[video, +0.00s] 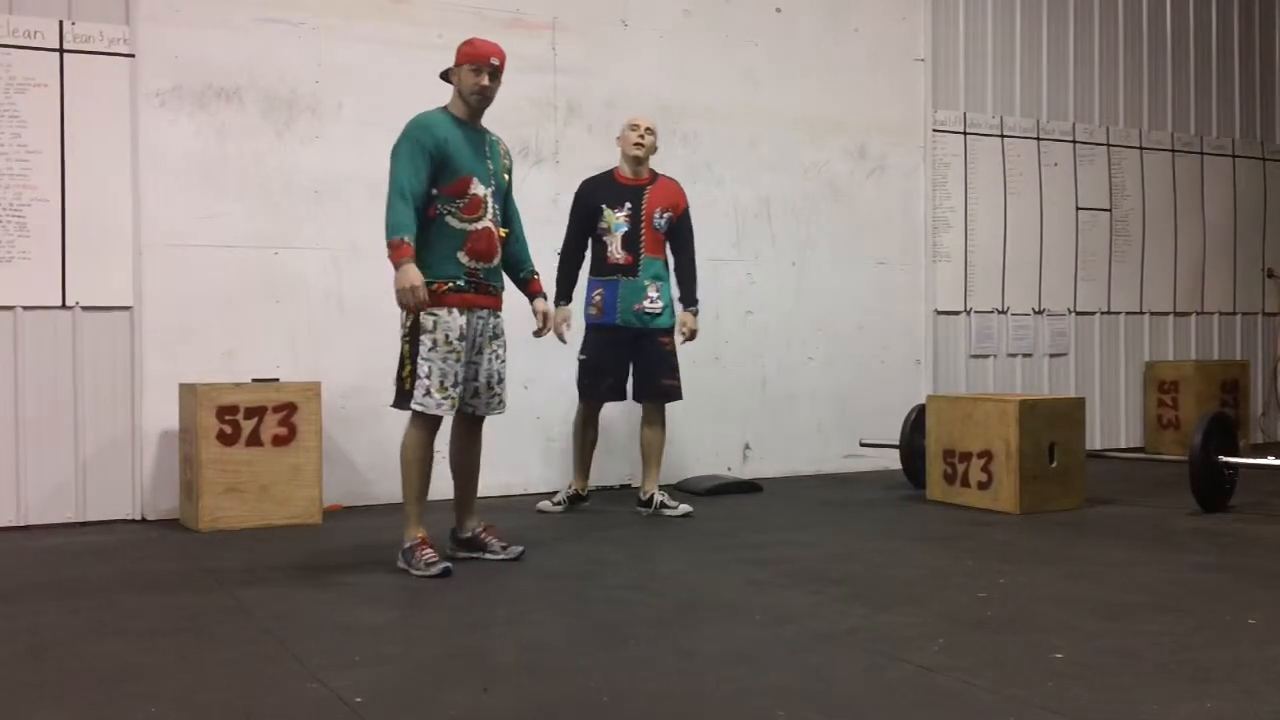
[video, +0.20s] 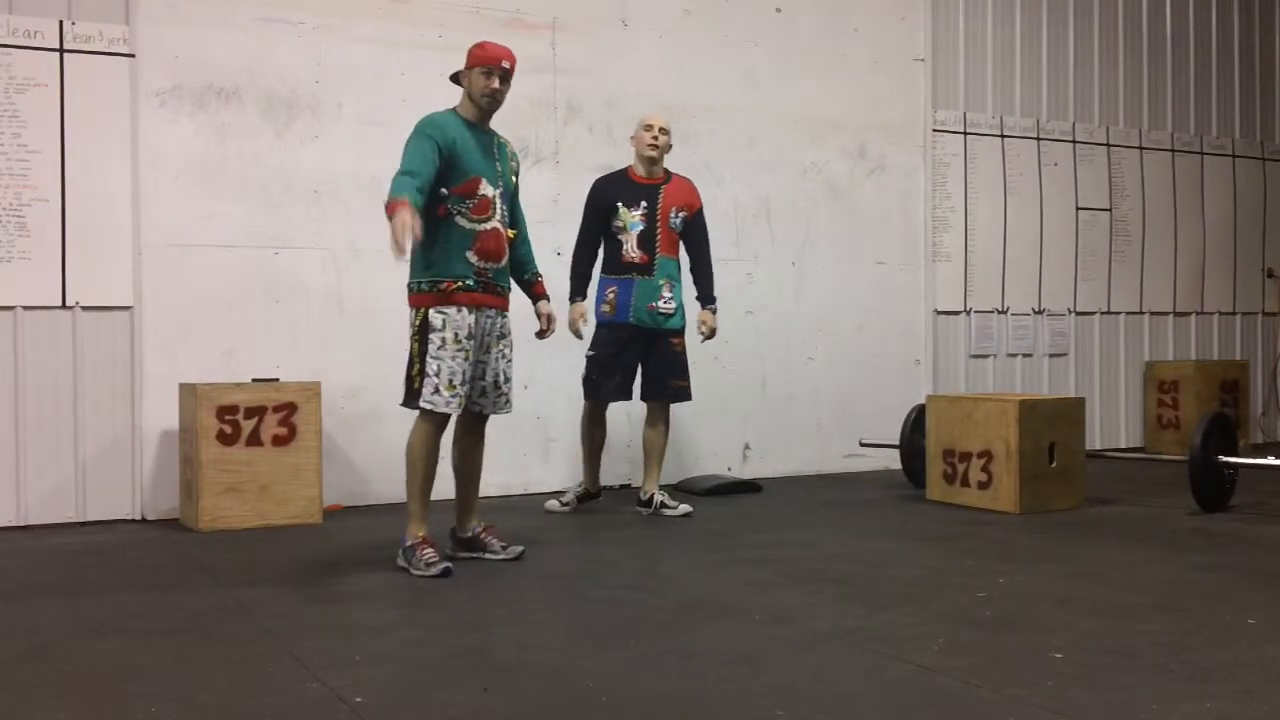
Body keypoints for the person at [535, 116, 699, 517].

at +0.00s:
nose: (642, 135)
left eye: (649, 132)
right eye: (635, 130)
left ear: (656, 147)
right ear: (619, 141)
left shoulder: (671, 192)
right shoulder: (592, 189)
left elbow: (684, 253)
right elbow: (572, 248)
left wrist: (689, 307)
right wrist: (562, 302)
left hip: (656, 319)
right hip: (605, 319)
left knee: (654, 405)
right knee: (589, 404)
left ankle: (650, 491)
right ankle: (578, 486)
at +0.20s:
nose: (656, 136)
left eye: (662, 132)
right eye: (649, 130)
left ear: (670, 145)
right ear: (634, 140)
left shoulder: (684, 191)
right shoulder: (606, 188)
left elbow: (698, 251)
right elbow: (585, 246)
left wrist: (707, 305)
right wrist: (577, 298)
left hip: (665, 317)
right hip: (614, 315)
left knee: (659, 404)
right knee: (595, 400)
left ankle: (649, 491)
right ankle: (589, 485)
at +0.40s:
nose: (664, 140)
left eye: (672, 136)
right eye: (658, 133)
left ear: (679, 146)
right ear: (643, 139)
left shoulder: (689, 194)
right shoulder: (613, 187)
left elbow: (703, 253)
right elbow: (591, 246)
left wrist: (715, 305)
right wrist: (585, 299)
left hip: (669, 317)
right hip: (622, 314)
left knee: (661, 405)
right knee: (610, 406)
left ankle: (650, 491)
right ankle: (604, 485)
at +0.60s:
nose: (667, 142)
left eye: (674, 138)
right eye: (660, 135)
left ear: (682, 147)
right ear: (646, 140)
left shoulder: (689, 196)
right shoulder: (616, 187)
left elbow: (700, 257)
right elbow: (592, 245)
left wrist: (710, 309)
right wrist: (585, 298)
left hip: (672, 315)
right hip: (627, 312)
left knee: (662, 403)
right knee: (624, 400)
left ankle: (650, 492)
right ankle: (603, 481)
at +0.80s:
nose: (667, 143)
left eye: (674, 138)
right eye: (660, 135)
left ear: (680, 146)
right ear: (644, 140)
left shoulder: (688, 196)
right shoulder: (615, 186)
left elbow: (693, 259)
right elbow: (589, 246)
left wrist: (699, 313)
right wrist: (584, 296)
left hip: (671, 315)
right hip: (625, 312)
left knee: (662, 404)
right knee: (617, 399)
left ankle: (650, 491)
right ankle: (584, 475)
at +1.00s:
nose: (657, 144)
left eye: (664, 139)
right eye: (650, 136)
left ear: (670, 146)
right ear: (634, 140)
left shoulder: (679, 195)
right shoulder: (606, 187)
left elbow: (687, 259)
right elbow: (582, 247)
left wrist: (695, 311)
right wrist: (580, 299)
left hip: (663, 319)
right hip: (615, 317)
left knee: (658, 406)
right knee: (600, 403)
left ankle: (650, 491)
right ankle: (573, 485)